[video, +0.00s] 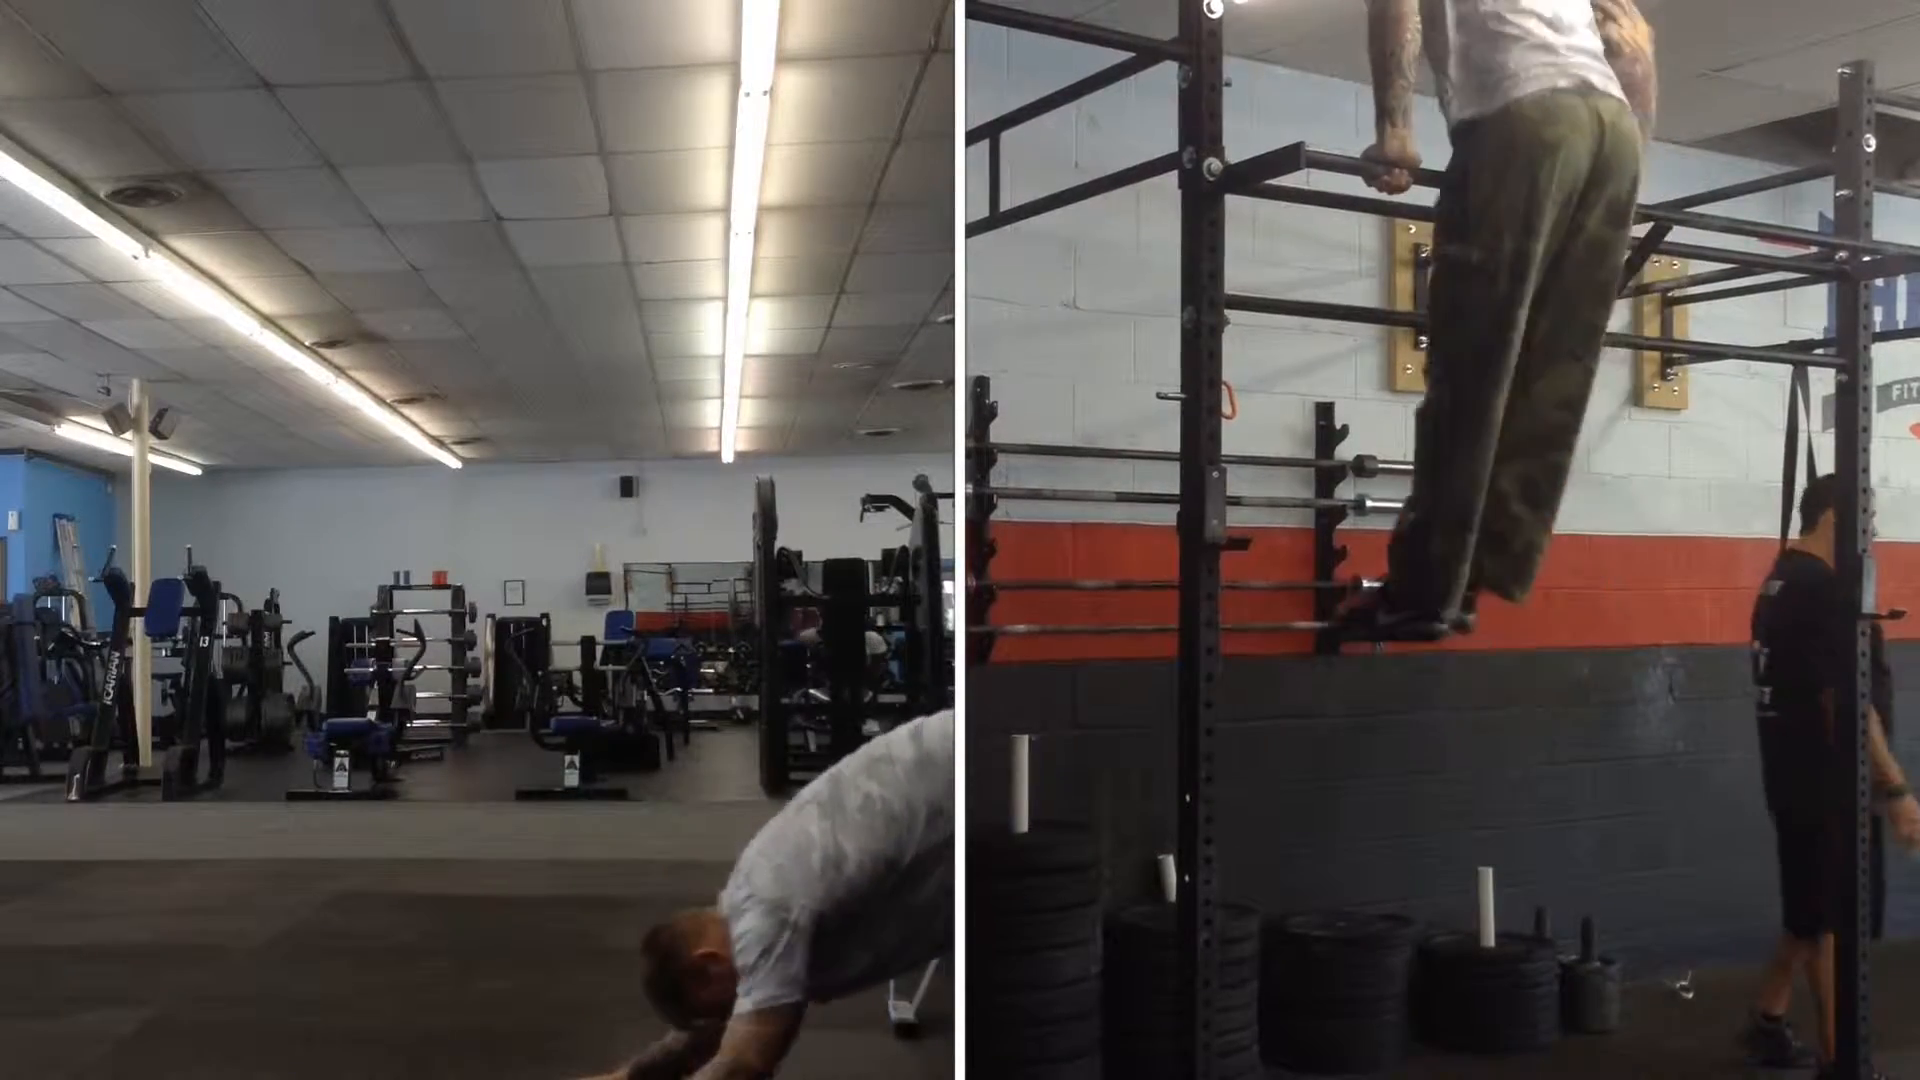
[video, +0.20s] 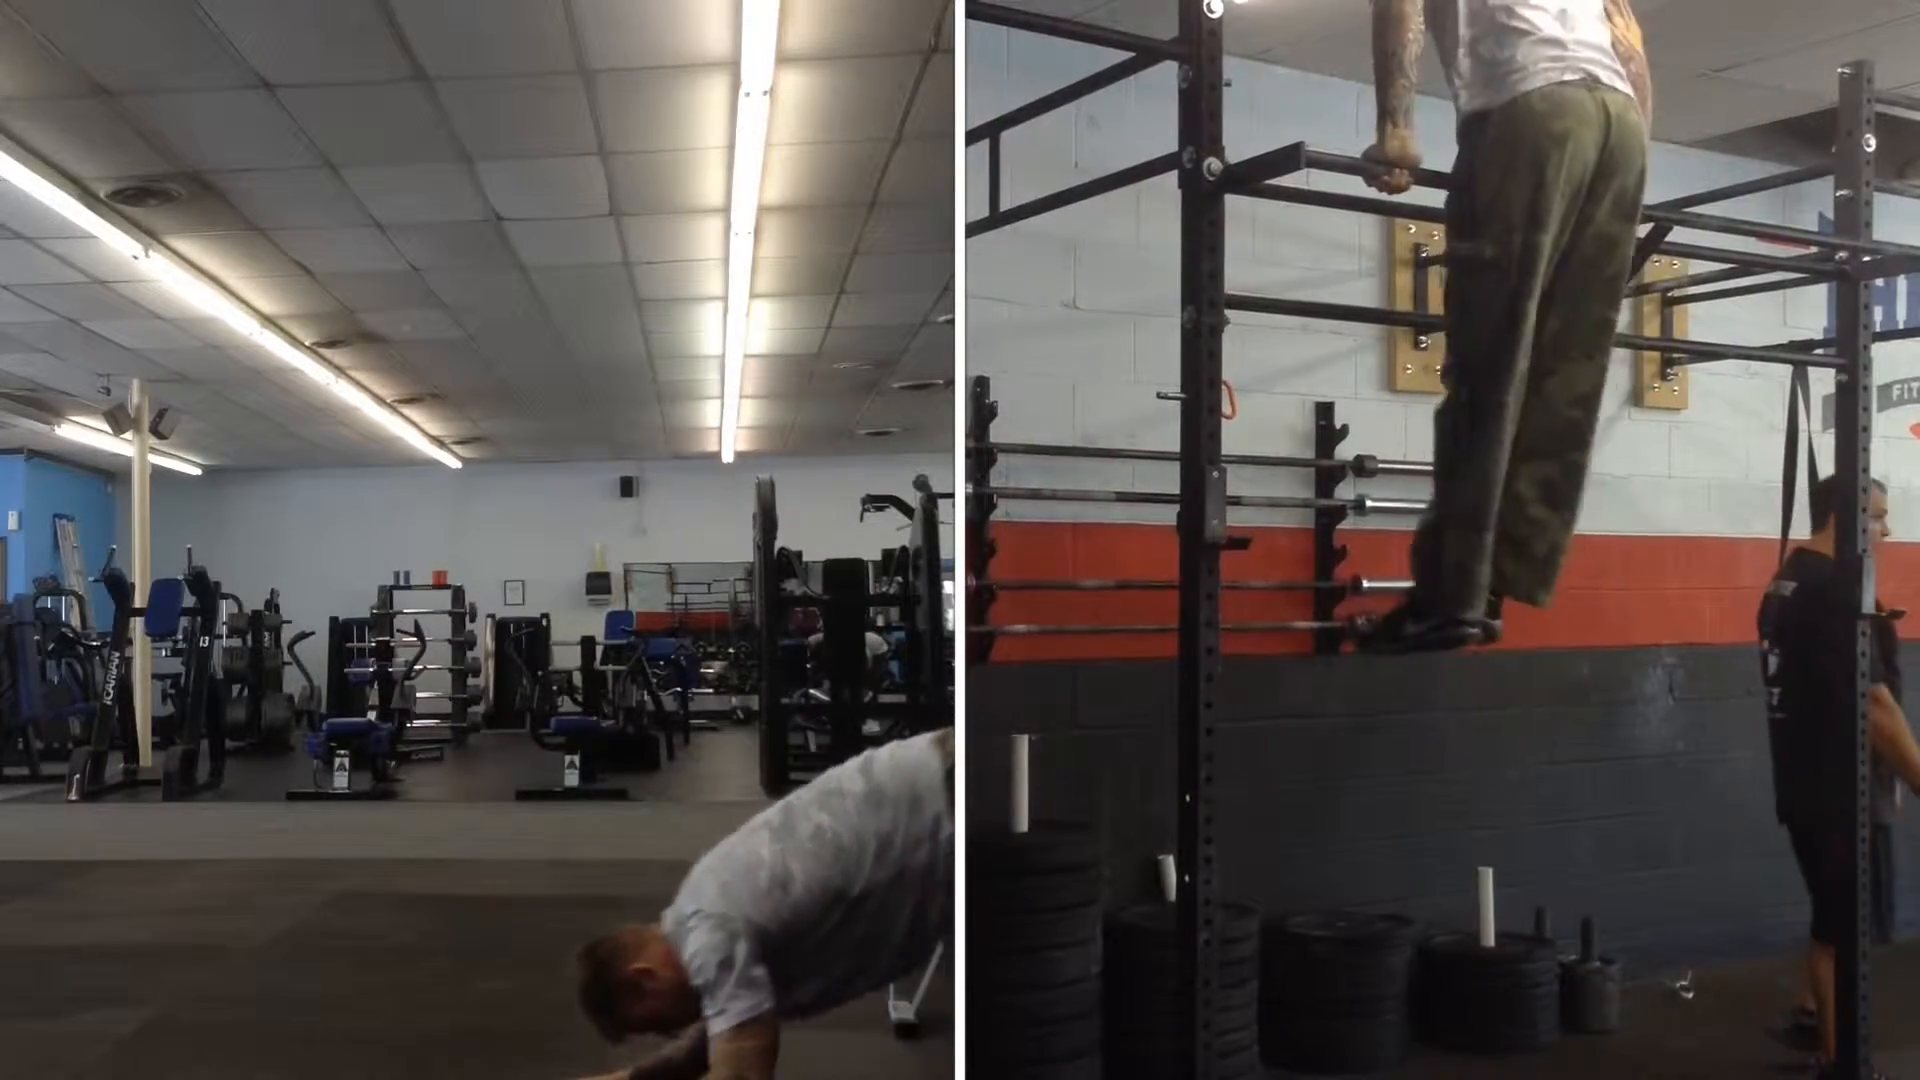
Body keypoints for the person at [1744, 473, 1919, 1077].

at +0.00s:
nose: (1866, 535)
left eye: (1866, 522)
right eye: (1862, 522)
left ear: (1814, 514)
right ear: (1835, 517)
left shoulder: (1784, 577)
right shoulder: (1825, 586)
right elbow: (1849, 700)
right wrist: (1895, 787)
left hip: (1791, 771)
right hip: (1827, 778)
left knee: (1807, 910)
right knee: (1834, 919)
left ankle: (1769, 1017)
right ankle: (1840, 1054)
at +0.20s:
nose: (1883, 530)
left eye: (1883, 517)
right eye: (1876, 517)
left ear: (1827, 513)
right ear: (1844, 515)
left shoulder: (1790, 581)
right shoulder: (1839, 588)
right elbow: (1869, 702)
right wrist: (1915, 773)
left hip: (1802, 781)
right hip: (1840, 788)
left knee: (1830, 915)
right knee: (1844, 925)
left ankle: (1819, 1026)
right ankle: (1841, 1054)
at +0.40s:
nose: (1896, 533)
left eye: (1896, 520)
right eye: (1888, 519)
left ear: (1841, 518)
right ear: (1850, 518)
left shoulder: (1809, 579)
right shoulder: (1841, 589)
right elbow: (1872, 706)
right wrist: (1915, 769)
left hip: (1811, 783)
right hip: (1839, 790)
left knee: (1833, 930)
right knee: (1842, 932)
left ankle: (1840, 1053)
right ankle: (1843, 1056)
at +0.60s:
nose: (1906, 529)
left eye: (1906, 517)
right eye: (1897, 516)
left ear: (1859, 522)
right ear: (1861, 518)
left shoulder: (1814, 580)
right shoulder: (1853, 589)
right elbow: (1868, 705)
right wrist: (1911, 794)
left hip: (1815, 785)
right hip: (1849, 791)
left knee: (1834, 929)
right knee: (1853, 932)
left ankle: (1840, 1050)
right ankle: (1844, 1054)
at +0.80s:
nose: (1909, 528)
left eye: (1908, 516)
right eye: (1900, 516)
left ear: (1864, 521)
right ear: (1863, 518)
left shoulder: (1821, 581)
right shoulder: (1860, 591)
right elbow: (1871, 706)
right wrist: (1907, 799)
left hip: (1823, 787)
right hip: (1854, 795)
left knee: (1841, 931)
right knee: (1857, 934)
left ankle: (1849, 1047)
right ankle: (1850, 1054)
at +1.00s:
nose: (1910, 524)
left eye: (1908, 511)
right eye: (1900, 511)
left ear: (1865, 519)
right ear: (1865, 517)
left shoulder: (1829, 579)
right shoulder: (1861, 589)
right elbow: (1882, 702)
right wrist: (1914, 775)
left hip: (1842, 781)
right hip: (1864, 790)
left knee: (1862, 922)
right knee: (1865, 925)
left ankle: (1854, 1041)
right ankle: (1852, 1048)